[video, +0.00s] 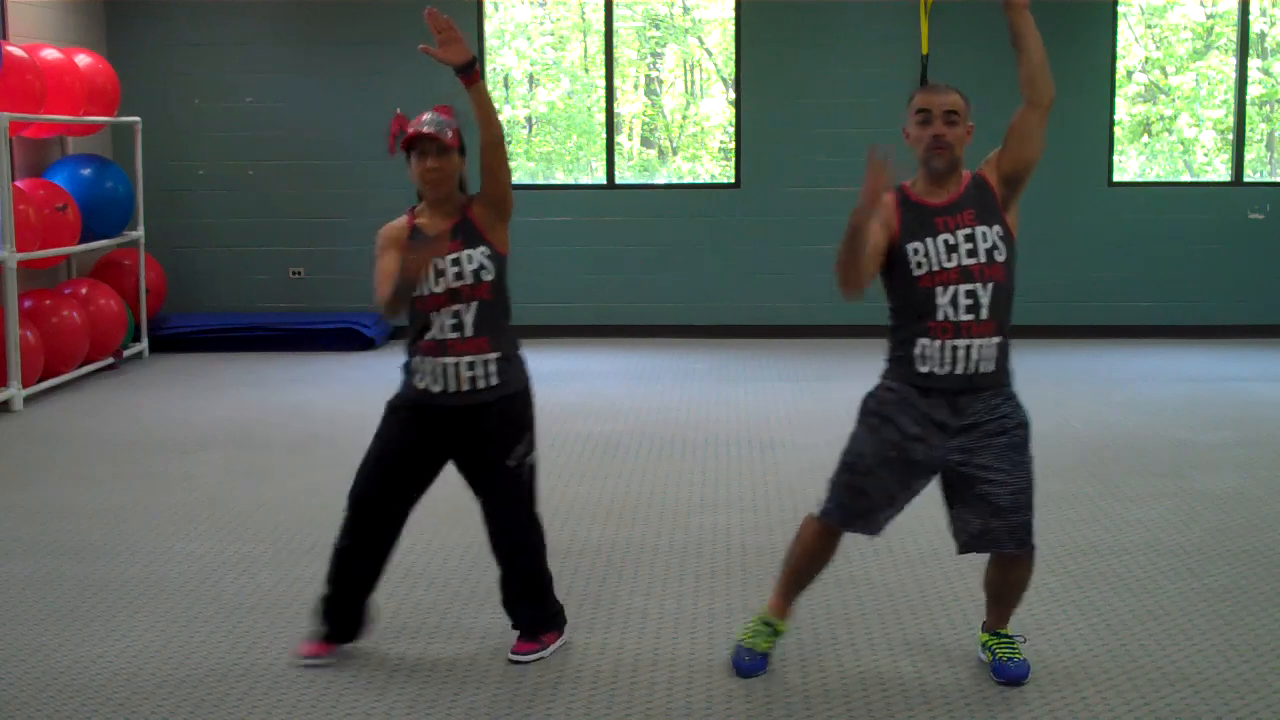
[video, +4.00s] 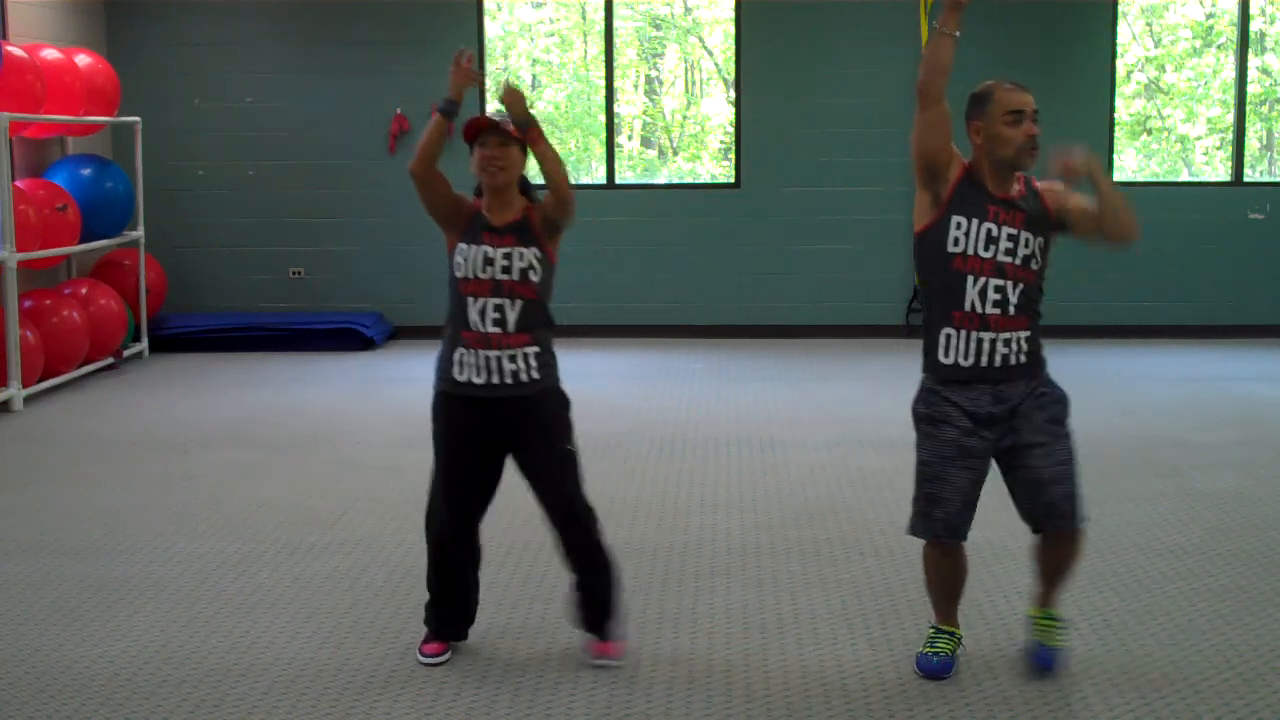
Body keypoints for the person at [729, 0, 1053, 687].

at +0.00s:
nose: (938, 127)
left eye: (951, 117)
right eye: (925, 117)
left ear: (969, 133)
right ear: (909, 132)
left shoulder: (996, 188)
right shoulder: (889, 208)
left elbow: (1040, 100)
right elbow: (852, 284)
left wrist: (1020, 12)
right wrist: (866, 207)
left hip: (989, 406)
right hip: (907, 403)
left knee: (1015, 543)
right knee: (832, 518)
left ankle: (997, 632)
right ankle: (773, 618)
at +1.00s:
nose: (1070, 117)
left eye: (1068, 107)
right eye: (1056, 108)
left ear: (1049, 123)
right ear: (1013, 125)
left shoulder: (1088, 180)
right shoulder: (976, 184)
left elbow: (1174, 195)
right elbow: (961, 85)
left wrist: (1251, 207)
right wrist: (988, 7)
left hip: (1085, 391)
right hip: (1005, 397)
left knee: (1122, 513)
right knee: (964, 523)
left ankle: (1143, 623)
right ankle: (947, 624)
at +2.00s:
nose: (906, 123)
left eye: (920, 113)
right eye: (906, 113)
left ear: (964, 125)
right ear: (908, 122)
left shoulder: (1000, 179)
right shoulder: (888, 180)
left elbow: (1031, 87)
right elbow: (812, 139)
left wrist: (1011, 4)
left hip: (980, 399)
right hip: (899, 395)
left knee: (996, 532)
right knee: (847, 511)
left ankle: (984, 630)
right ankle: (795, 614)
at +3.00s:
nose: (968, 118)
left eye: (981, 106)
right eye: (954, 107)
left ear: (1002, 117)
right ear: (937, 120)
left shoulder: (1027, 176)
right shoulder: (925, 183)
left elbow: (1042, 79)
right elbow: (917, 91)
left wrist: (1010, 1)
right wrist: (950, 8)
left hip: (1014, 391)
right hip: (936, 391)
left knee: (1032, 520)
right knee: (925, 519)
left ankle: (996, 621)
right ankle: (943, 622)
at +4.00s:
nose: (1030, 129)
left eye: (1034, 119)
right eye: (1015, 118)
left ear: (1036, 132)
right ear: (976, 130)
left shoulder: (1047, 200)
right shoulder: (942, 182)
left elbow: (1122, 231)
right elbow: (928, 94)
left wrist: (1096, 178)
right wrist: (948, 12)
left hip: (1027, 394)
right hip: (951, 397)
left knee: (1063, 522)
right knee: (942, 530)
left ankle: (1045, 610)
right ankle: (944, 628)